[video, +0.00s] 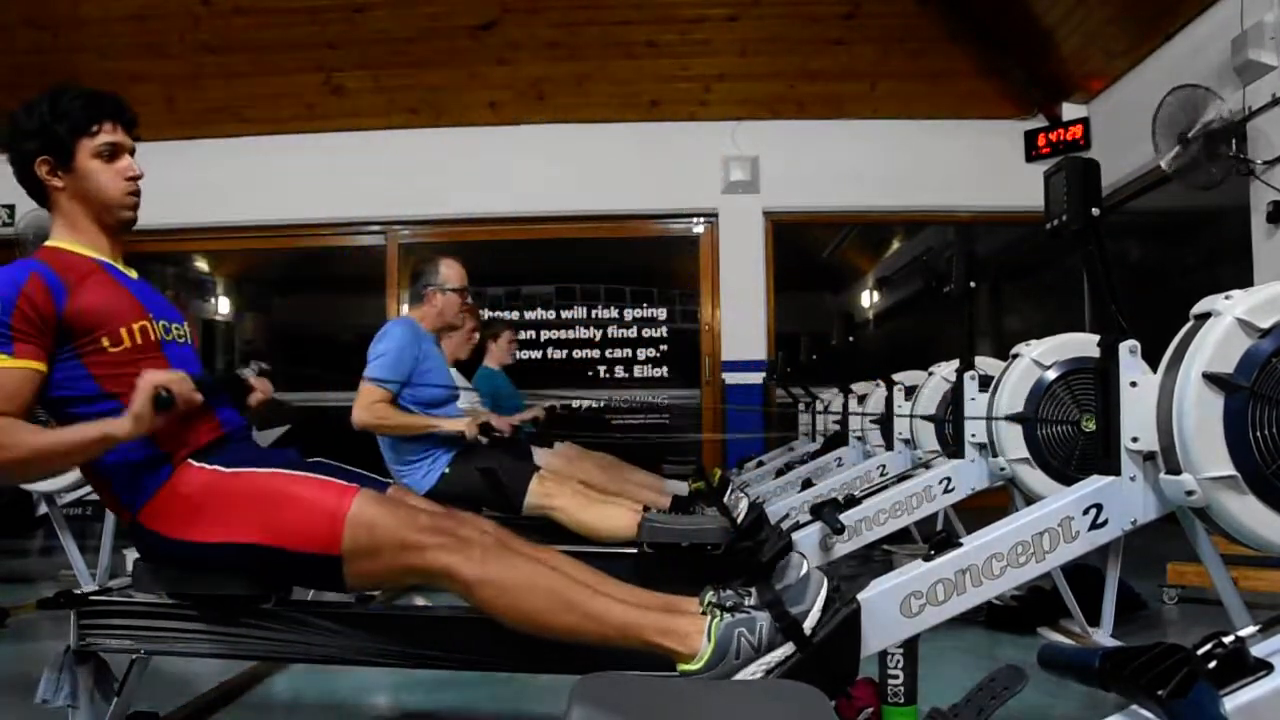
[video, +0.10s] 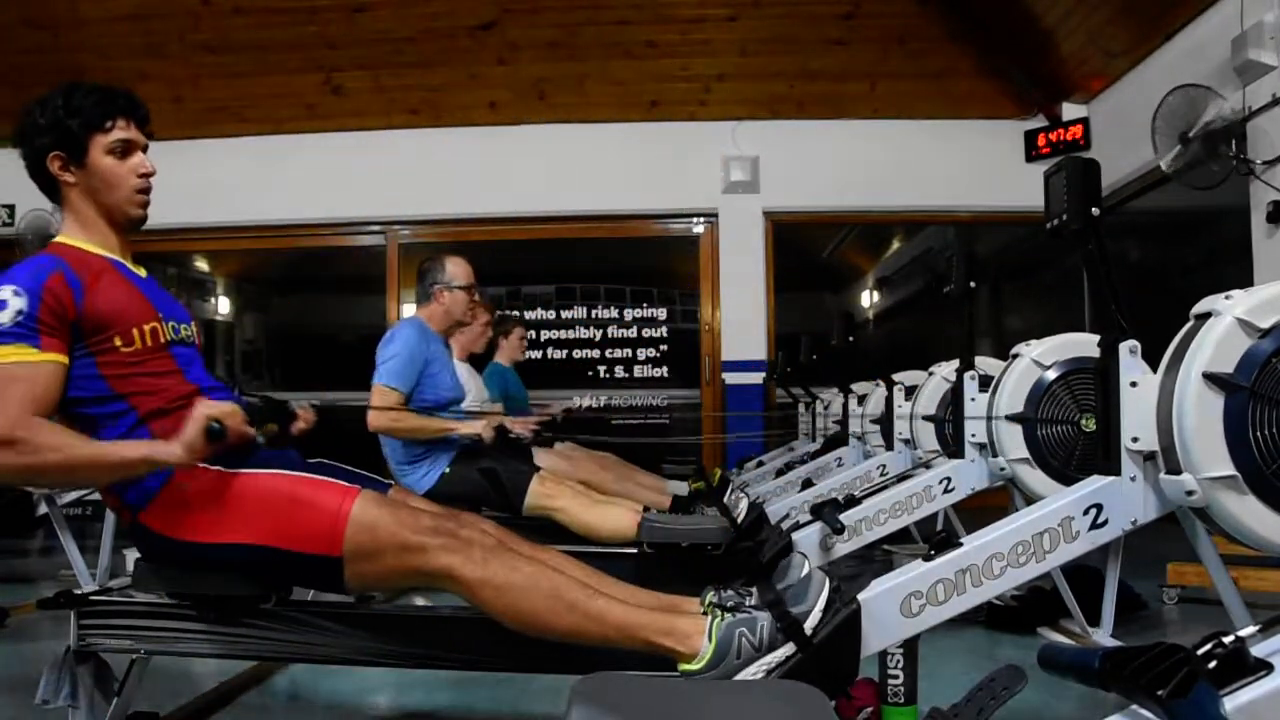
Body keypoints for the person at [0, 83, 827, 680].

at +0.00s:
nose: (134, 170)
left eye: (132, 155)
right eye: (112, 157)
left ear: (106, 171)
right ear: (52, 174)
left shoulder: (126, 278)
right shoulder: (36, 279)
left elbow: (157, 406)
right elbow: (5, 443)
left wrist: (234, 397)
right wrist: (120, 427)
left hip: (221, 467)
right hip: (176, 491)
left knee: (456, 530)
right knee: (432, 539)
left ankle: (701, 623)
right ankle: (694, 641)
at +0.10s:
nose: (145, 168)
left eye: (144, 152)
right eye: (122, 152)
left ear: (122, 169)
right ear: (61, 171)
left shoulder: (134, 278)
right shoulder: (46, 277)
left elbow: (170, 409)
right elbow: (14, 442)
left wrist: (257, 420)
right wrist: (159, 451)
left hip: (216, 470)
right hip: (173, 493)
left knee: (458, 531)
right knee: (437, 541)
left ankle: (702, 623)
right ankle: (698, 641)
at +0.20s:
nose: (165, 160)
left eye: (164, 143)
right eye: (143, 143)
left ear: (142, 161)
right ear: (81, 160)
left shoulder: (147, 272)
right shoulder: (59, 271)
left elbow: (187, 406)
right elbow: (57, 433)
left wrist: (256, 433)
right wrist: (208, 464)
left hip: (241, 474)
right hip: (192, 499)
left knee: (464, 531)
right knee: (439, 540)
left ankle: (702, 624)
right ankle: (702, 642)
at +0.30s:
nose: (189, 154)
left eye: (189, 138)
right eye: (169, 137)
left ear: (168, 152)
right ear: (108, 152)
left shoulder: (172, 269)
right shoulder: (85, 264)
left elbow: (234, 393)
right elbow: (109, 426)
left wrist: (299, 445)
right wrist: (261, 478)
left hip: (261, 482)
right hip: (192, 504)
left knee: (465, 529)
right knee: (440, 537)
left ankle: (703, 629)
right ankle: (703, 640)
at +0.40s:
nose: (216, 148)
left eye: (215, 131)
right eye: (195, 132)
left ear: (190, 146)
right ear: (135, 145)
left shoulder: (203, 271)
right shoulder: (106, 261)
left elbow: (267, 399)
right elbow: (153, 421)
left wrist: (343, 455)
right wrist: (304, 480)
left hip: (261, 487)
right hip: (192, 500)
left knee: (473, 528)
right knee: (448, 540)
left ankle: (698, 625)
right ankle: (700, 641)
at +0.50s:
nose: (243, 144)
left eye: (243, 129)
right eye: (221, 128)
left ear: (223, 144)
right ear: (163, 141)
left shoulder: (224, 269)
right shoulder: (129, 254)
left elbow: (292, 397)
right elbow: (193, 420)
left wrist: (374, 460)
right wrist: (340, 482)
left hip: (258, 483)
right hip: (193, 498)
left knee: (475, 523)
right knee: (447, 536)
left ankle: (698, 624)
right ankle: (697, 639)